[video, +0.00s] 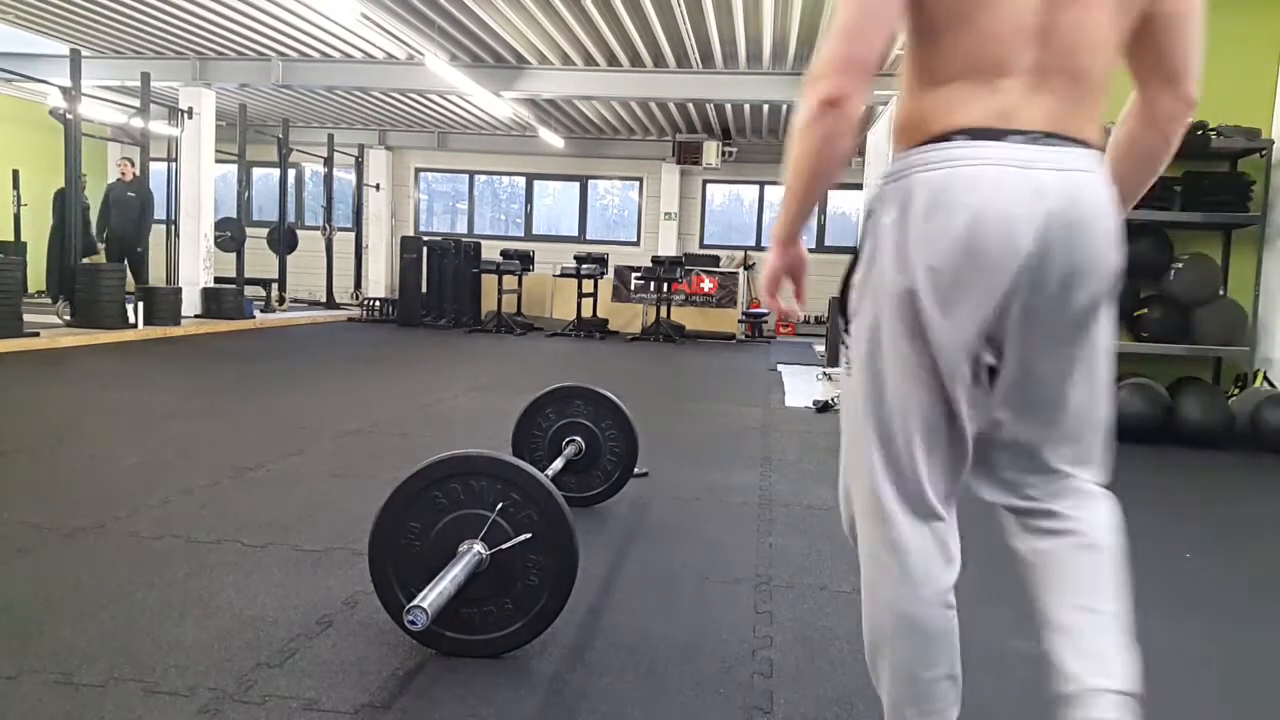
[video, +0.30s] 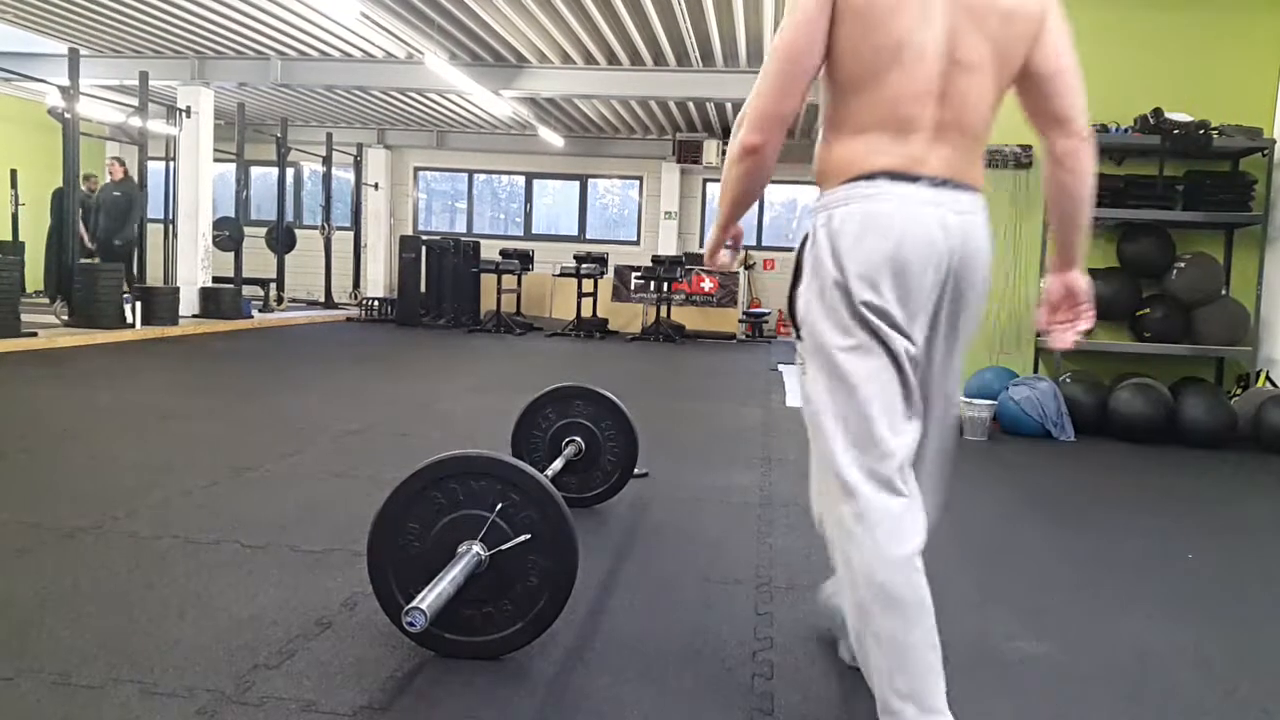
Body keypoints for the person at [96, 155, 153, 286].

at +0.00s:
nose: (122, 168)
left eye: (125, 165)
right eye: (119, 165)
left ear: (132, 168)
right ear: (117, 168)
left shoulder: (143, 189)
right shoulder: (111, 188)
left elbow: (147, 218)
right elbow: (103, 213)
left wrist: (142, 242)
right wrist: (99, 236)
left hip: (135, 242)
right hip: (114, 242)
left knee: (141, 283)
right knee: (113, 281)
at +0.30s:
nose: (109, 168)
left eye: (112, 165)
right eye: (109, 165)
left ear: (122, 168)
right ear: (109, 168)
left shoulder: (132, 187)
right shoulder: (104, 188)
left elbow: (135, 215)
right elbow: (95, 212)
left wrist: (123, 237)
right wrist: (93, 235)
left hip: (123, 238)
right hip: (104, 238)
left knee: (126, 273)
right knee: (106, 273)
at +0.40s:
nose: (106, 169)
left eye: (110, 165)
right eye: (106, 165)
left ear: (120, 168)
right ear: (106, 169)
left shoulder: (129, 187)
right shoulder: (103, 188)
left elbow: (132, 214)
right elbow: (93, 214)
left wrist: (110, 224)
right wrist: (89, 236)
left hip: (121, 237)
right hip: (102, 237)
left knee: (120, 272)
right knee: (104, 272)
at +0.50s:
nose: (105, 169)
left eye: (109, 166)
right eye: (105, 166)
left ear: (119, 168)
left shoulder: (126, 185)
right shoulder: (105, 187)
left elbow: (128, 209)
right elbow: (94, 214)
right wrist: (89, 238)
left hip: (119, 238)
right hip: (102, 237)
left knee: (115, 273)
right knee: (102, 273)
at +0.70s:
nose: (102, 170)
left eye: (105, 167)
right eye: (102, 167)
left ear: (115, 168)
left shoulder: (125, 183)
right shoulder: (102, 188)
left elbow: (111, 195)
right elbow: (93, 213)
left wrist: (98, 183)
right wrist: (87, 236)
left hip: (117, 235)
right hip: (101, 234)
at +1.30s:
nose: (95, 170)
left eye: (97, 167)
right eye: (95, 167)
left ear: (107, 168)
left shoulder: (118, 183)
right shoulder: (101, 184)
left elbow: (94, 188)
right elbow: (94, 215)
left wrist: (93, 176)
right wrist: (90, 235)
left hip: (109, 232)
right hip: (97, 231)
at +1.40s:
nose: (94, 169)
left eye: (97, 166)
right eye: (95, 166)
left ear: (106, 168)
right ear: (108, 168)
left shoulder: (112, 185)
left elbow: (92, 187)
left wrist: (92, 175)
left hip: (104, 233)